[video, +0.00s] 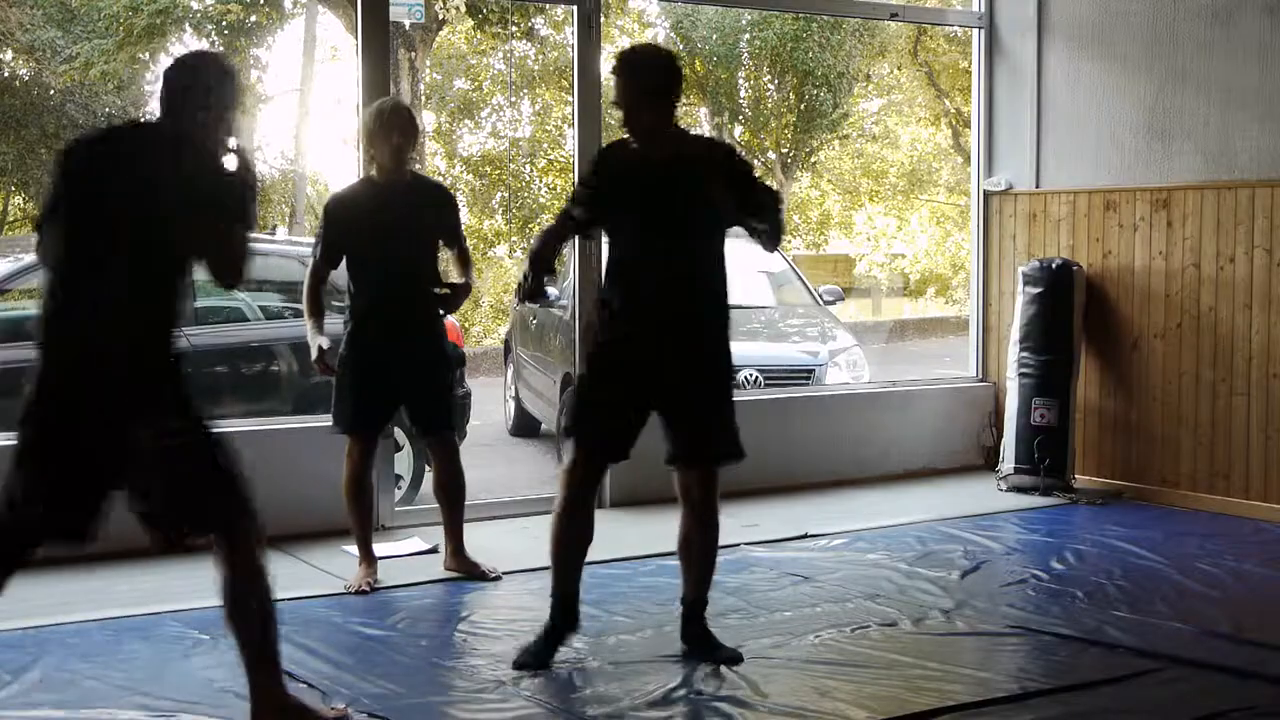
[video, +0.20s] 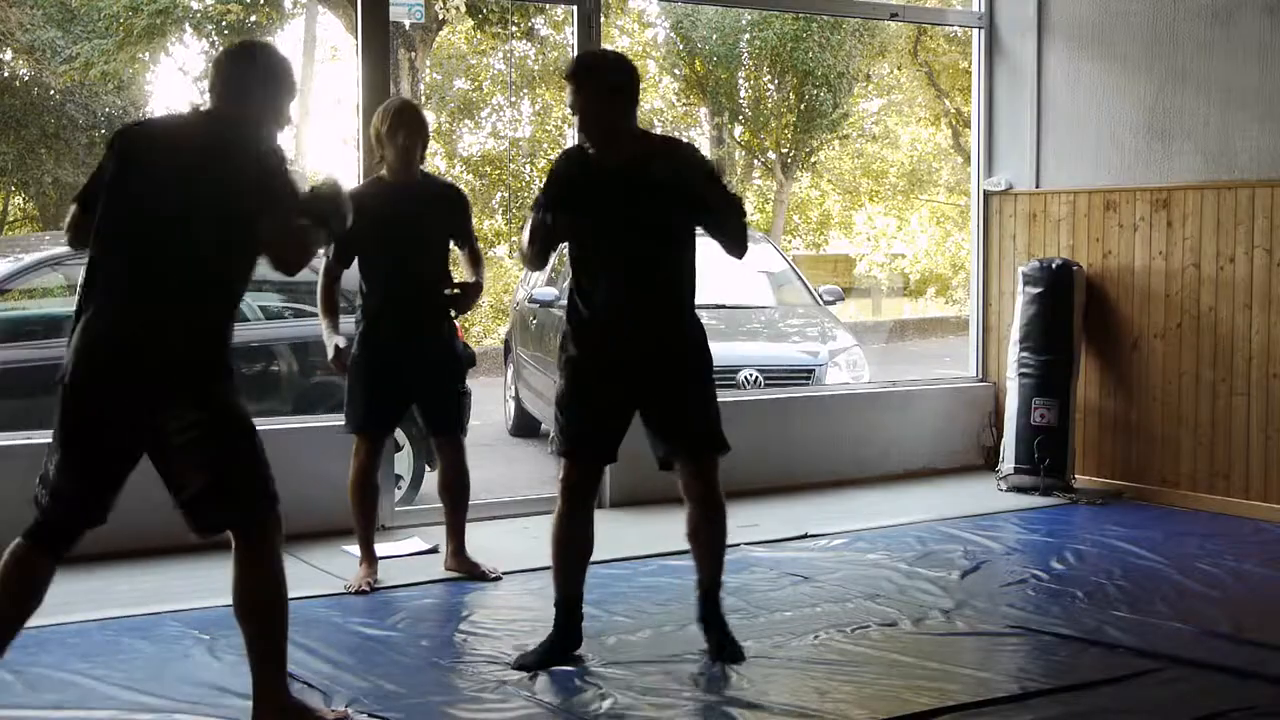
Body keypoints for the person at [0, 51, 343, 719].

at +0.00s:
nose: (226, 124)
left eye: (228, 111)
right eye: (223, 111)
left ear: (163, 99)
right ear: (204, 108)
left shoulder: (89, 152)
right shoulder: (205, 173)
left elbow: (51, 249)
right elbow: (230, 268)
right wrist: (242, 179)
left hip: (65, 381)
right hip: (144, 385)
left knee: (22, 533)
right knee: (236, 531)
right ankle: (270, 697)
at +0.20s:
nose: (283, 117)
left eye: (284, 104)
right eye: (283, 103)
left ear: (215, 86)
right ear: (271, 99)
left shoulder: (137, 139)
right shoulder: (259, 162)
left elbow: (79, 232)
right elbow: (292, 255)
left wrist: (160, 225)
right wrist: (321, 213)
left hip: (99, 368)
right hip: (190, 372)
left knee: (49, 530)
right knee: (256, 529)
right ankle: (272, 697)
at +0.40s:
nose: (274, 88)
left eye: (272, 74)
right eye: (269, 75)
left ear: (201, 71)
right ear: (253, 79)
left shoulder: (138, 131)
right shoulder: (256, 154)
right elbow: (293, 248)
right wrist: (319, 193)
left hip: (99, 367)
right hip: (193, 374)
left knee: (45, 539)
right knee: (250, 531)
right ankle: (272, 698)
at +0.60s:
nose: (231, 85)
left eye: (227, 70)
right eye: (223, 70)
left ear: (151, 73)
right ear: (200, 73)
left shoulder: (104, 135)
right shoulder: (205, 142)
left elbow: (138, 236)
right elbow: (231, 252)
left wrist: (224, 159)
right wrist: (274, 205)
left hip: (75, 371)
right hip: (163, 376)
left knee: (30, 548)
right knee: (247, 528)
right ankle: (274, 696)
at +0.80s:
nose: (223, 67)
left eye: (217, 55)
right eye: (210, 57)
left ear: (144, 70)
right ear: (181, 68)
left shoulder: (98, 130)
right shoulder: (204, 134)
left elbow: (85, 246)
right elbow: (235, 245)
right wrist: (279, 205)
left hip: (80, 368)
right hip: (164, 372)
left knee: (34, 548)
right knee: (247, 529)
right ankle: (286, 695)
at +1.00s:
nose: (249, 74)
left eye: (243, 60)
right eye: (240, 61)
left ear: (172, 74)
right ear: (220, 69)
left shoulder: (142, 138)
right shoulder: (244, 138)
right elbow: (289, 252)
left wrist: (292, 214)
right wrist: (331, 213)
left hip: (117, 371)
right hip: (200, 373)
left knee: (72, 544)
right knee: (277, 528)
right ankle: (293, 696)